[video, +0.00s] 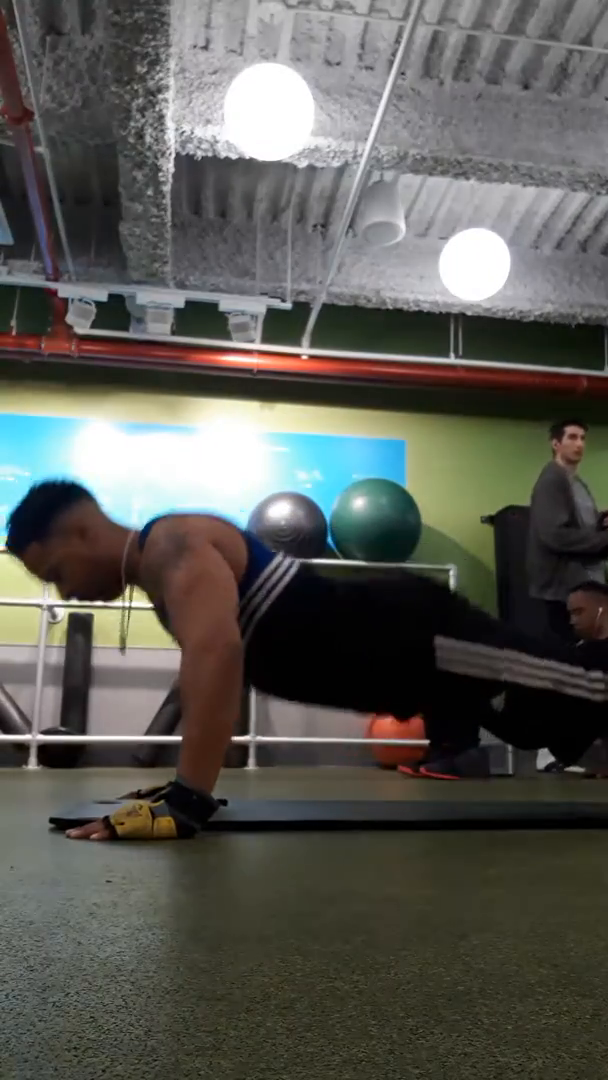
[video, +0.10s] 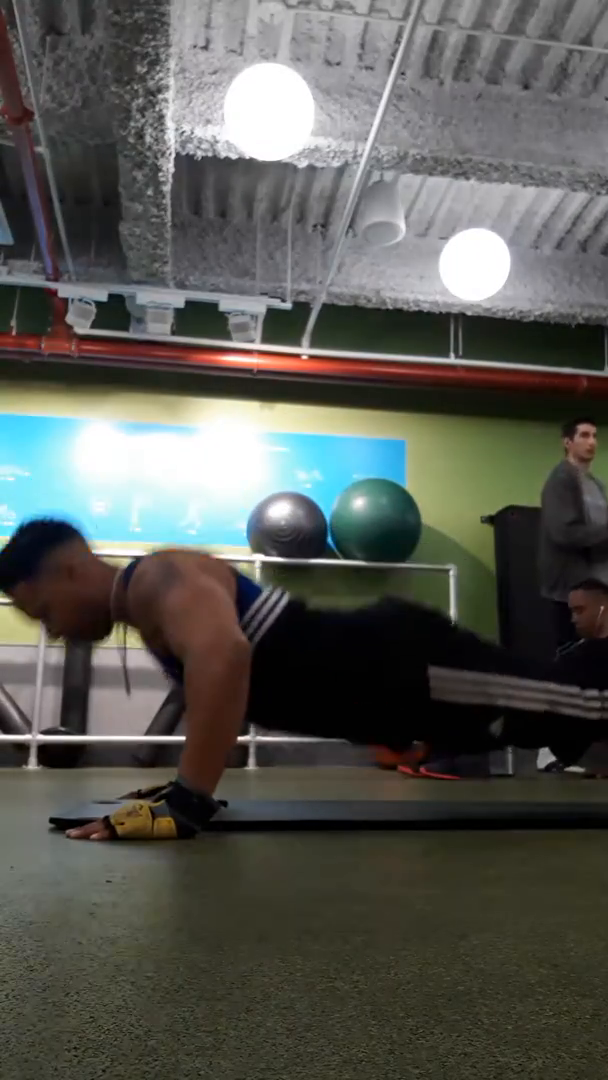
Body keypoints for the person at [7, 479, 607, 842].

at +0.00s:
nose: (63, 594)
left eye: (53, 575)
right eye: (48, 583)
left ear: (78, 534)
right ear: (83, 532)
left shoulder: (174, 543)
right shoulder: (165, 565)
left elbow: (217, 652)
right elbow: (219, 673)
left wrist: (187, 798)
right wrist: (186, 798)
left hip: (421, 642)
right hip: (410, 658)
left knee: (590, 697)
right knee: (568, 712)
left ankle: (591, 622)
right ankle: (588, 626)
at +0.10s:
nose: (48, 630)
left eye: (39, 609)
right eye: (36, 619)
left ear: (70, 565)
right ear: (73, 568)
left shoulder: (160, 577)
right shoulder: (154, 593)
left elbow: (223, 658)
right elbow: (242, 676)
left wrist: (189, 796)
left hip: (399, 670)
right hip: (388, 678)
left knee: (582, 705)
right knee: (565, 705)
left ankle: (591, 628)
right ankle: (589, 629)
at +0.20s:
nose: (37, 674)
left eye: (28, 652)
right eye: (24, 662)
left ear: (55, 609)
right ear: (54, 617)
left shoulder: (144, 612)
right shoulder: (141, 648)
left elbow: (226, 663)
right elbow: (254, 713)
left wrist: (187, 800)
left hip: (400, 694)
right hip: (388, 715)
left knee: (589, 717)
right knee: (563, 720)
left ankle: (594, 634)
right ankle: (592, 632)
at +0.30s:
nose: (21, 712)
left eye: (16, 691)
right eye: (10, 701)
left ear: (53, 640)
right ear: (54, 644)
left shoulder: (129, 647)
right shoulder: (133, 682)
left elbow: (225, 665)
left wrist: (188, 797)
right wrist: (381, 774)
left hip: (406, 713)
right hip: (397, 728)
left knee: (590, 723)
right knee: (568, 711)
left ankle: (592, 637)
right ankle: (591, 634)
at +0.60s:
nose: (22, 764)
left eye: (11, 746)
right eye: (9, 757)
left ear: (40, 699)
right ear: (43, 699)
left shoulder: (119, 688)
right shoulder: (123, 720)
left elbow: (219, 659)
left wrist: (192, 797)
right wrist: (151, 812)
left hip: (387, 733)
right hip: (371, 747)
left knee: (581, 732)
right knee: (545, 721)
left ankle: (592, 642)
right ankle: (584, 641)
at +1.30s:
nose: (76, 544)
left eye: (68, 524)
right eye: (65, 533)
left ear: (97, 483)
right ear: (99, 487)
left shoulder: (180, 513)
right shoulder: (174, 526)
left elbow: (203, 651)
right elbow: (206, 655)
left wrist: (188, 795)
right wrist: (182, 786)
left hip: (428, 611)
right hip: (420, 630)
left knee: (595, 680)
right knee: (569, 732)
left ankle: (590, 616)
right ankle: (584, 623)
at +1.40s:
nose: (54, 590)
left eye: (46, 570)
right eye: (41, 579)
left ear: (76, 535)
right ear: (78, 538)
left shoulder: (169, 557)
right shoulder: (159, 579)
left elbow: (220, 660)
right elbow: (220, 676)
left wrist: (188, 798)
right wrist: (186, 795)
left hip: (415, 641)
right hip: (403, 659)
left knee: (584, 698)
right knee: (559, 720)